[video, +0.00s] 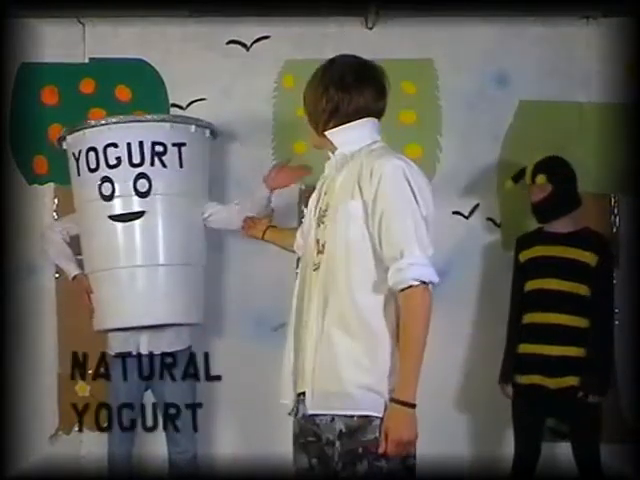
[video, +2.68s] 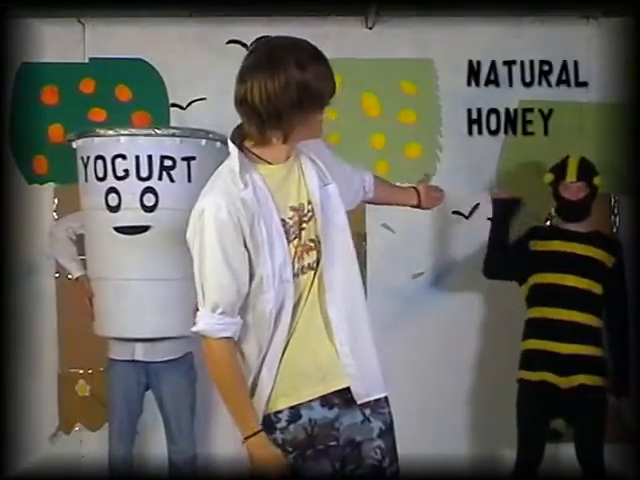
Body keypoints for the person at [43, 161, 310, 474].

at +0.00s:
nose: (140, 189)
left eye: (147, 182)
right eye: (134, 182)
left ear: (159, 184)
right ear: (123, 185)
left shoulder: (179, 209)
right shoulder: (107, 216)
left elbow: (238, 217)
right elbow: (55, 232)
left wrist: (268, 188)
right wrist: (76, 274)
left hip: (174, 338)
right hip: (124, 341)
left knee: (182, 434)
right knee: (122, 432)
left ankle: (185, 477)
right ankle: (119, 479)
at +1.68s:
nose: (136, 188)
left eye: (143, 182)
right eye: (129, 183)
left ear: (157, 184)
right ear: (117, 185)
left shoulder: (177, 212)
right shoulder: (103, 214)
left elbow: (226, 224)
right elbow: (54, 230)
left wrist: (232, 187)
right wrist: (75, 272)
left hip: (170, 341)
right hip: (119, 343)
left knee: (179, 429)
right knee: (120, 430)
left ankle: (183, 475)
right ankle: (117, 479)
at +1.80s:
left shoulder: (179, 218)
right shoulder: (106, 214)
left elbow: (236, 235)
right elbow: (54, 228)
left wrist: (209, 215)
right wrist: (75, 273)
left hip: (172, 337)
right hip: (121, 340)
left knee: (179, 432)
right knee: (120, 429)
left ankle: (183, 477)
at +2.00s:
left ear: (165, 189)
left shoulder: (182, 220)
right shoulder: (106, 217)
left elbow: (216, 247)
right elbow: (56, 227)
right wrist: (75, 273)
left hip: (171, 349)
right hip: (120, 351)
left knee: (182, 448)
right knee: (118, 451)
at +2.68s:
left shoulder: (183, 221)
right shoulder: (108, 217)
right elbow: (59, 230)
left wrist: (204, 297)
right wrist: (81, 277)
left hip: (174, 351)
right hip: (123, 352)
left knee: (183, 449)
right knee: (119, 450)